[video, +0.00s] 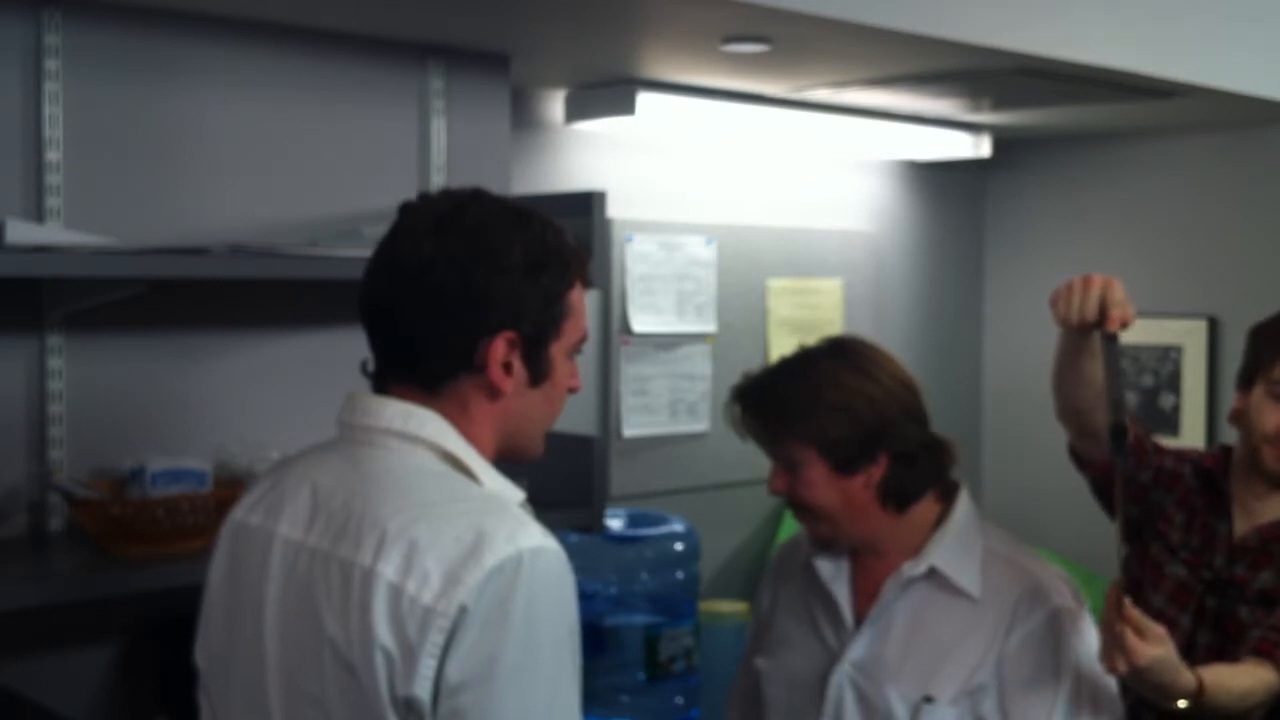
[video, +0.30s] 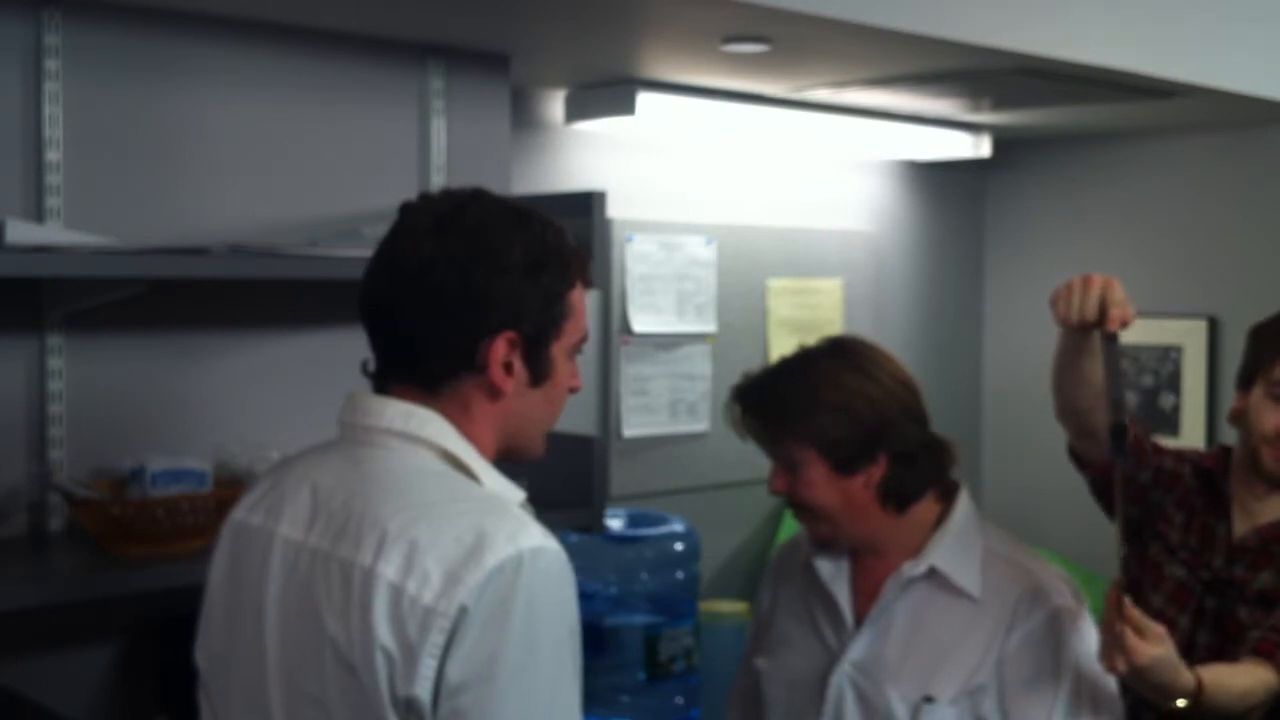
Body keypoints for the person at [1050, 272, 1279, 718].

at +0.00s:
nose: (1279, 419)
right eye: (1275, 394)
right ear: (1240, 401)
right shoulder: (1168, 485)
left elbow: (1268, 675)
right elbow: (1089, 427)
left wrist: (1186, 686)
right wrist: (1082, 329)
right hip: (1132, 704)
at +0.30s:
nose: (1279, 421)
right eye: (1275, 396)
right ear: (1241, 400)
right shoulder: (1168, 485)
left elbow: (1268, 675)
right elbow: (1088, 427)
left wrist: (1186, 686)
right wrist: (1083, 328)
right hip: (1131, 703)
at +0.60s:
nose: (1278, 421)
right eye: (1275, 396)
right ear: (1241, 401)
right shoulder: (1167, 485)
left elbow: (1267, 676)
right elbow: (1088, 426)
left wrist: (1185, 686)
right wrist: (1083, 329)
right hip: (1131, 703)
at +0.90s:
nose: (1279, 422)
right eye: (1275, 396)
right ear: (1241, 401)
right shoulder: (1168, 485)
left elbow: (1267, 675)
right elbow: (1090, 426)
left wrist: (1185, 684)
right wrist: (1085, 329)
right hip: (1136, 704)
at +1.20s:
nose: (1279, 422)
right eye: (1275, 396)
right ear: (1241, 401)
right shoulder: (1168, 485)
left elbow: (1268, 675)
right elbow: (1090, 426)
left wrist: (1186, 685)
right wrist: (1085, 329)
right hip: (1137, 704)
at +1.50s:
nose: (1278, 420)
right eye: (1275, 395)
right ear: (1241, 402)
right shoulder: (1168, 485)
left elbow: (1268, 676)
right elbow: (1091, 426)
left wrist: (1188, 685)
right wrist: (1086, 329)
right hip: (1137, 704)